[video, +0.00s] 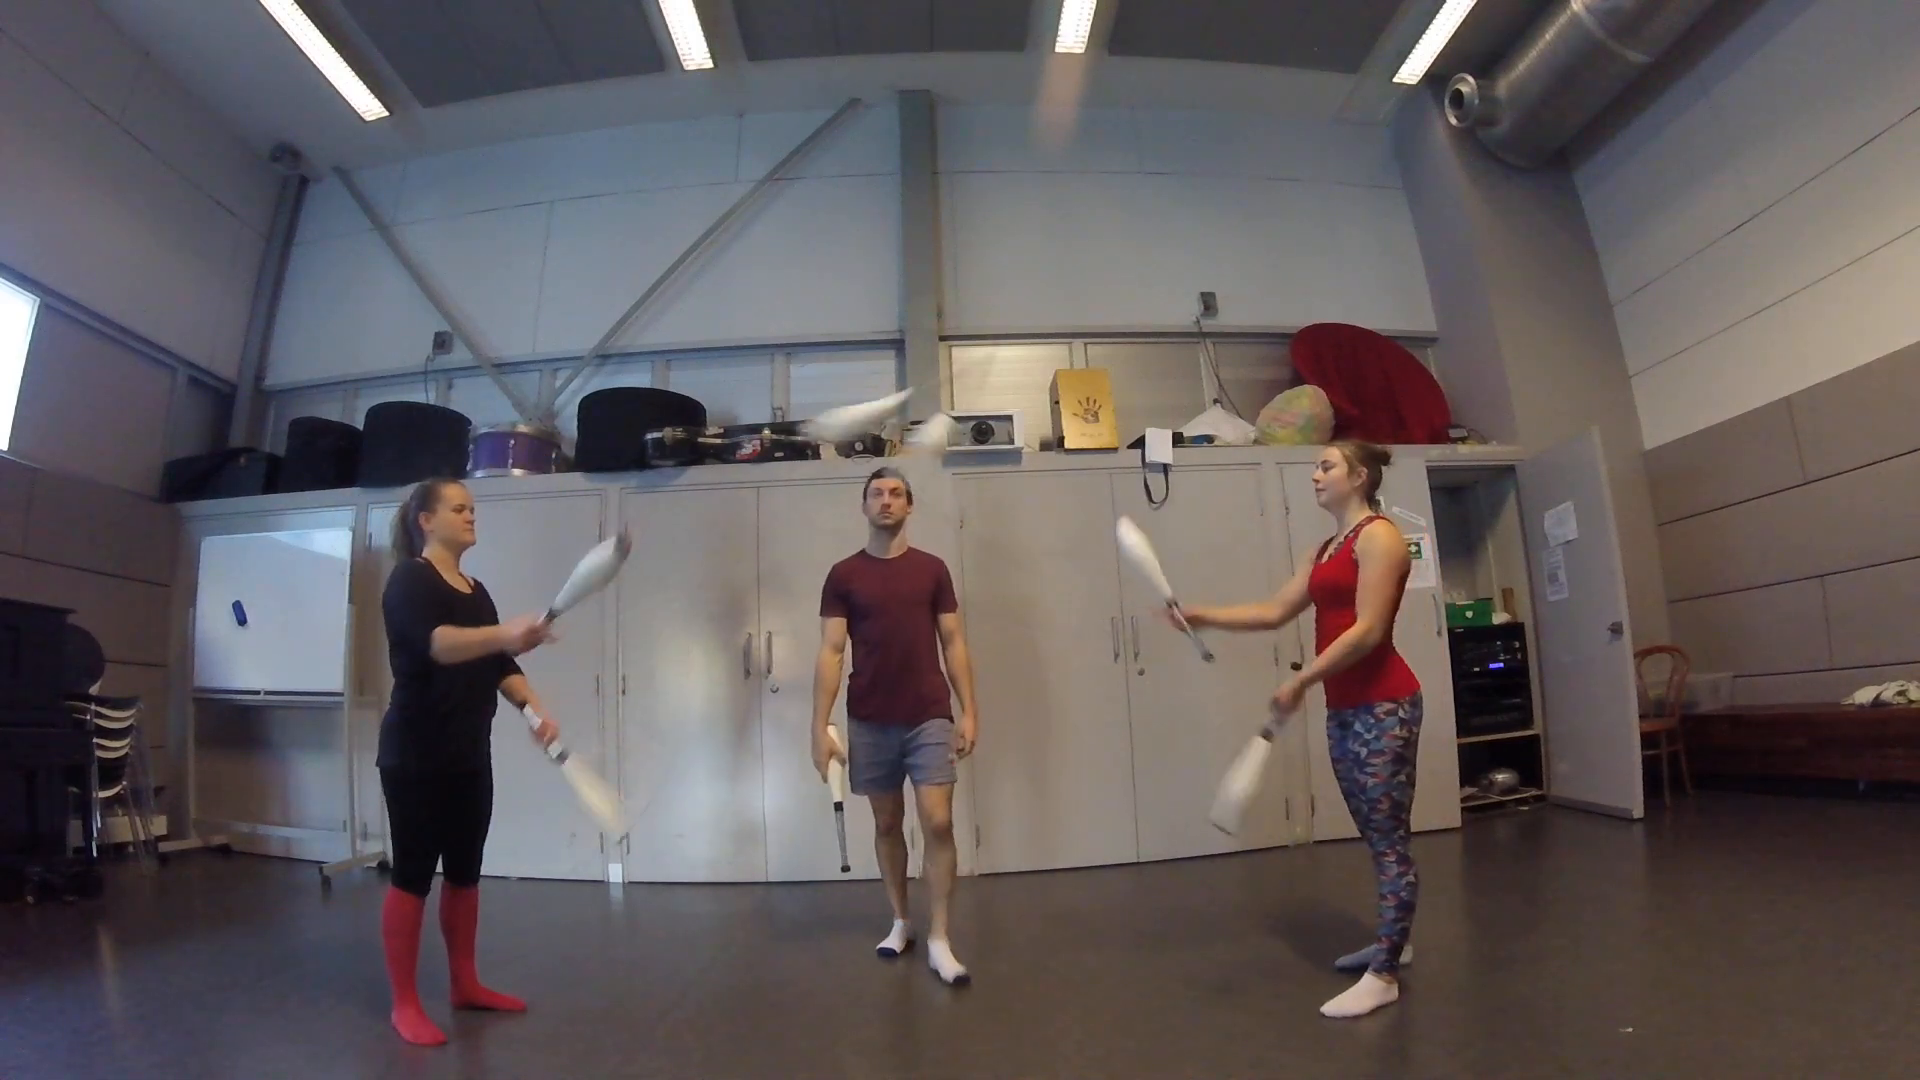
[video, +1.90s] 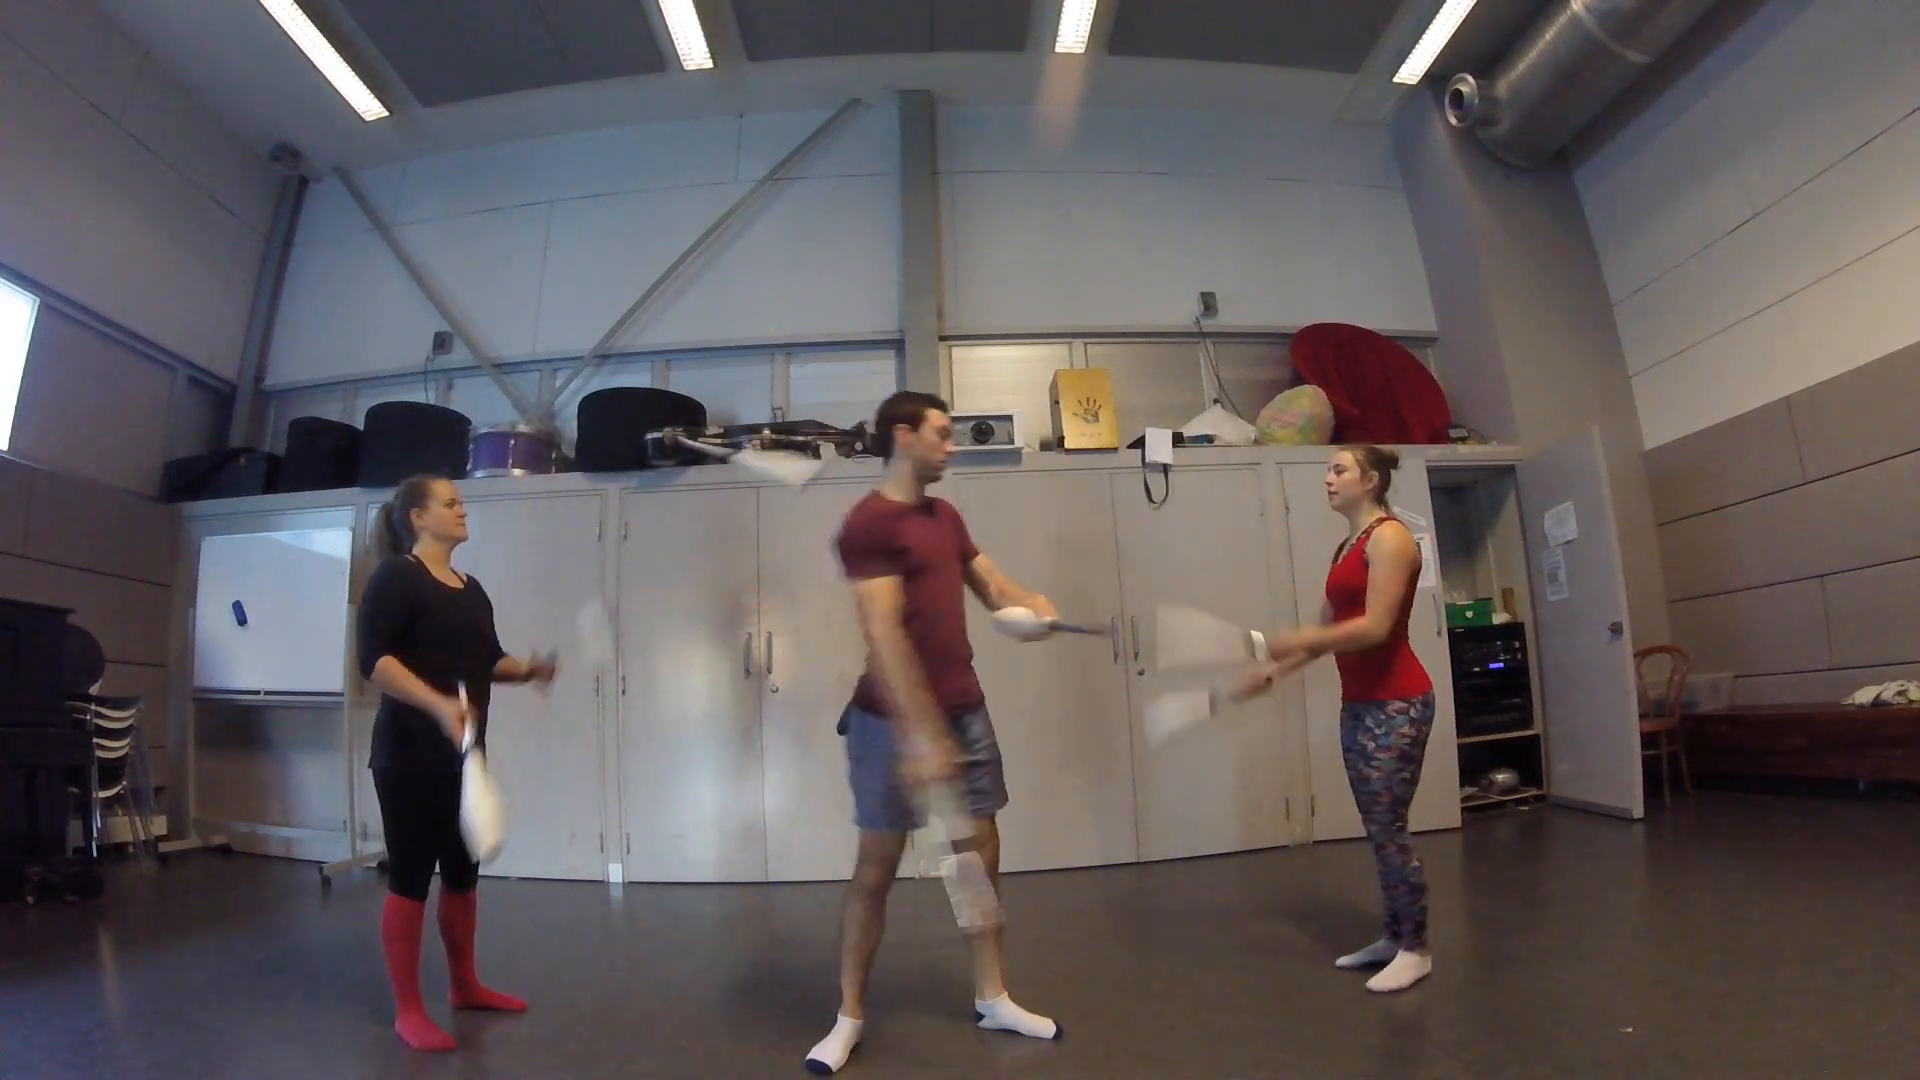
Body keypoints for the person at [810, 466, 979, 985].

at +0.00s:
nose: (886, 500)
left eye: (895, 494)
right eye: (877, 494)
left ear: (909, 507)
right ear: (864, 507)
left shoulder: (932, 568)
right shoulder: (844, 574)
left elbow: (953, 641)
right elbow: (831, 651)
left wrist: (968, 710)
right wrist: (821, 726)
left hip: (931, 717)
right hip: (871, 721)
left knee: (939, 825)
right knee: (886, 826)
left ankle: (939, 937)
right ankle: (899, 921)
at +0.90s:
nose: (846, 460)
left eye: (856, 449)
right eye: (845, 451)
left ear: (897, 453)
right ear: (878, 457)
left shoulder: (946, 527)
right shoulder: (841, 541)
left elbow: (965, 617)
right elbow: (824, 634)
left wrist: (922, 674)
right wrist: (804, 719)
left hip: (940, 725)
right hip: (861, 725)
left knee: (956, 857)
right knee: (854, 863)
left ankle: (965, 981)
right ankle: (845, 1016)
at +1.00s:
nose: (831, 453)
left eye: (842, 442)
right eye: (832, 443)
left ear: (882, 446)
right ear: (858, 451)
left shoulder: (931, 517)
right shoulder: (827, 535)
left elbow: (923, 607)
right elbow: (813, 632)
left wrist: (837, 638)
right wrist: (786, 716)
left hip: (926, 716)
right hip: (849, 722)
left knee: (964, 855)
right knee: (849, 865)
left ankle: (971, 973)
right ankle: (845, 1015)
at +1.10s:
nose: (818, 451)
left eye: (827, 440)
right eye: (817, 442)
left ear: (868, 442)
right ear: (855, 445)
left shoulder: (915, 511)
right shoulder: (820, 535)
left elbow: (863, 583)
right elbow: (802, 630)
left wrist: (755, 596)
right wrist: (774, 711)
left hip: (917, 714)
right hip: (839, 720)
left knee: (966, 854)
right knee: (844, 866)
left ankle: (990, 971)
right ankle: (845, 1018)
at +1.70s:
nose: (876, 443)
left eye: (885, 432)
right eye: (862, 432)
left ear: (898, 440)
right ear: (833, 443)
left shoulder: (918, 498)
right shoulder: (814, 537)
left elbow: (910, 570)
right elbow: (797, 640)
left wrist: (807, 598)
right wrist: (779, 732)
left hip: (937, 711)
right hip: (857, 721)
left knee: (979, 860)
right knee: (856, 871)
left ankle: (996, 995)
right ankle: (848, 1017)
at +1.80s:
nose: (924, 445)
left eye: (925, 435)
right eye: (912, 433)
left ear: (913, 446)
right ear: (870, 440)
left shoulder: (936, 509)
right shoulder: (830, 532)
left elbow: (987, 586)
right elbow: (813, 637)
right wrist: (824, 736)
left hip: (953, 719)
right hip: (874, 726)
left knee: (981, 859)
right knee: (861, 872)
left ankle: (991, 998)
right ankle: (848, 1019)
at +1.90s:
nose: (952, 444)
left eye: (952, 433)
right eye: (942, 433)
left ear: (921, 439)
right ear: (902, 436)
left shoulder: (943, 515)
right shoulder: (868, 523)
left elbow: (993, 587)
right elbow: (884, 636)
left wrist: (1030, 606)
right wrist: (926, 732)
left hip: (960, 710)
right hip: (888, 716)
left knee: (982, 854)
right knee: (874, 871)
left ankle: (992, 997)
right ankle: (849, 1016)